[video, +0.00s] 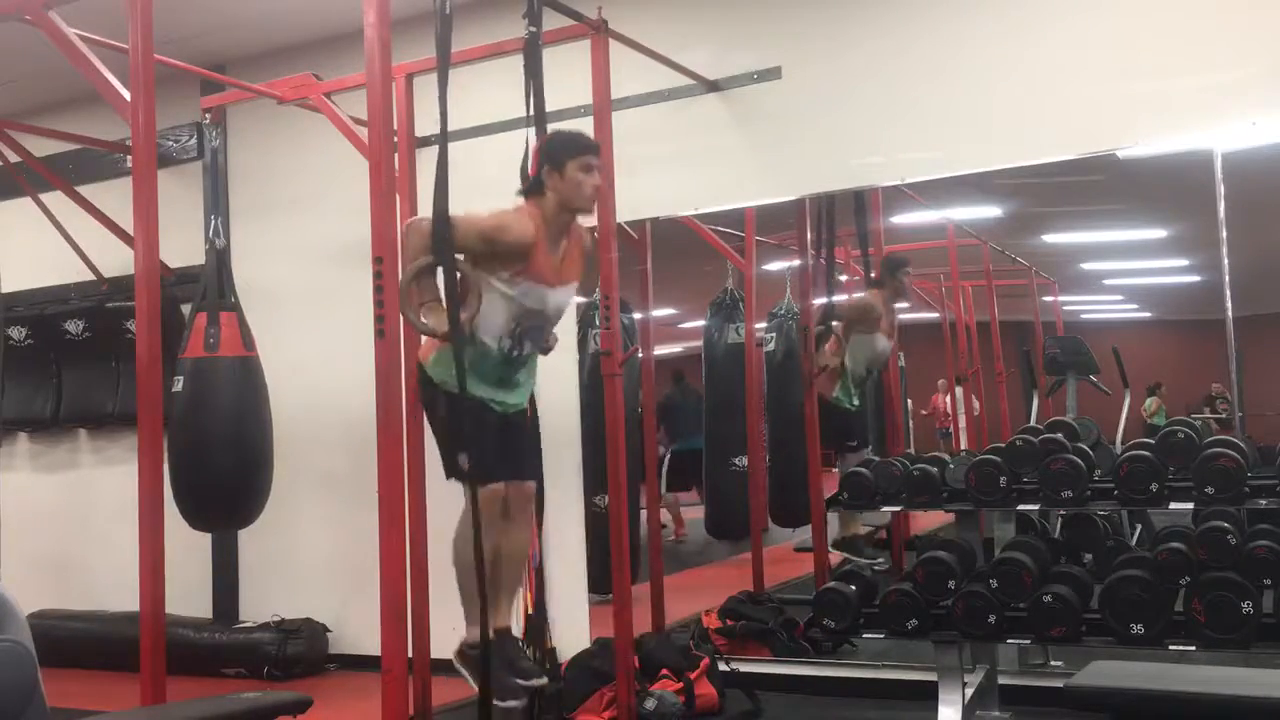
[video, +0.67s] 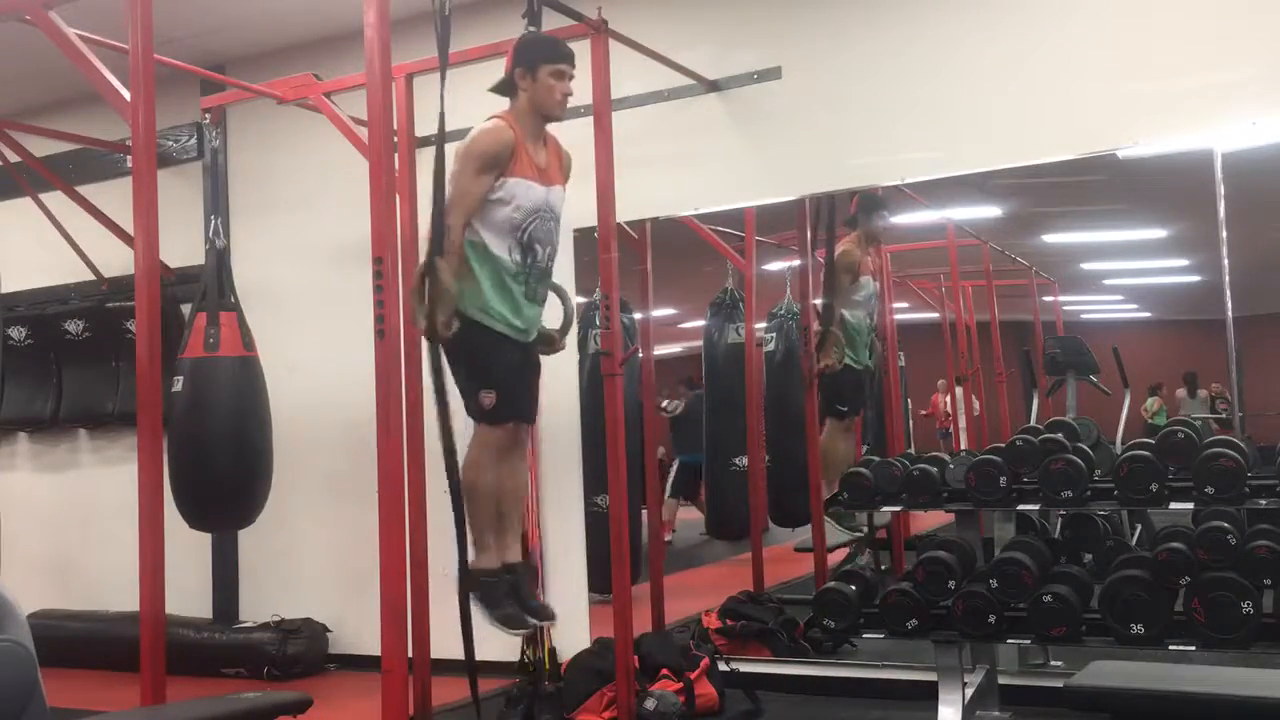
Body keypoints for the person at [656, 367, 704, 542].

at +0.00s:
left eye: (674, 379)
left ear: (671, 381)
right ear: (686, 379)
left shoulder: (667, 400)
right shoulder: (698, 396)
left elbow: (656, 426)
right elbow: (706, 419)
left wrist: (663, 442)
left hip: (677, 450)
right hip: (700, 447)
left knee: (667, 492)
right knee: (702, 486)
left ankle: (679, 528)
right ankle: (715, 521)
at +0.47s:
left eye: (667, 388)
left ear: (668, 389)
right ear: (684, 388)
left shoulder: (664, 408)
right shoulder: (694, 406)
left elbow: (658, 431)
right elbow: (696, 430)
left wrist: (656, 455)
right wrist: (697, 450)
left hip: (671, 458)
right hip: (691, 456)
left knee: (663, 496)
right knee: (688, 489)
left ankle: (665, 528)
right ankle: (701, 519)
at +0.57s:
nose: (673, 393)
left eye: (675, 390)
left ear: (677, 390)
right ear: (693, 388)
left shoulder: (674, 406)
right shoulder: (700, 405)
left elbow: (658, 424)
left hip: (676, 457)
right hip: (696, 456)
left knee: (666, 497)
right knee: (690, 493)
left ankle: (665, 532)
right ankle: (711, 518)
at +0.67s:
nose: (678, 394)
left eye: (680, 390)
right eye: (678, 391)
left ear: (686, 389)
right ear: (696, 388)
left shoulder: (686, 404)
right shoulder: (703, 403)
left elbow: (670, 409)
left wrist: (660, 400)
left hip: (685, 455)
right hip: (700, 455)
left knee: (671, 495)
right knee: (693, 494)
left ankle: (668, 531)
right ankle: (712, 520)